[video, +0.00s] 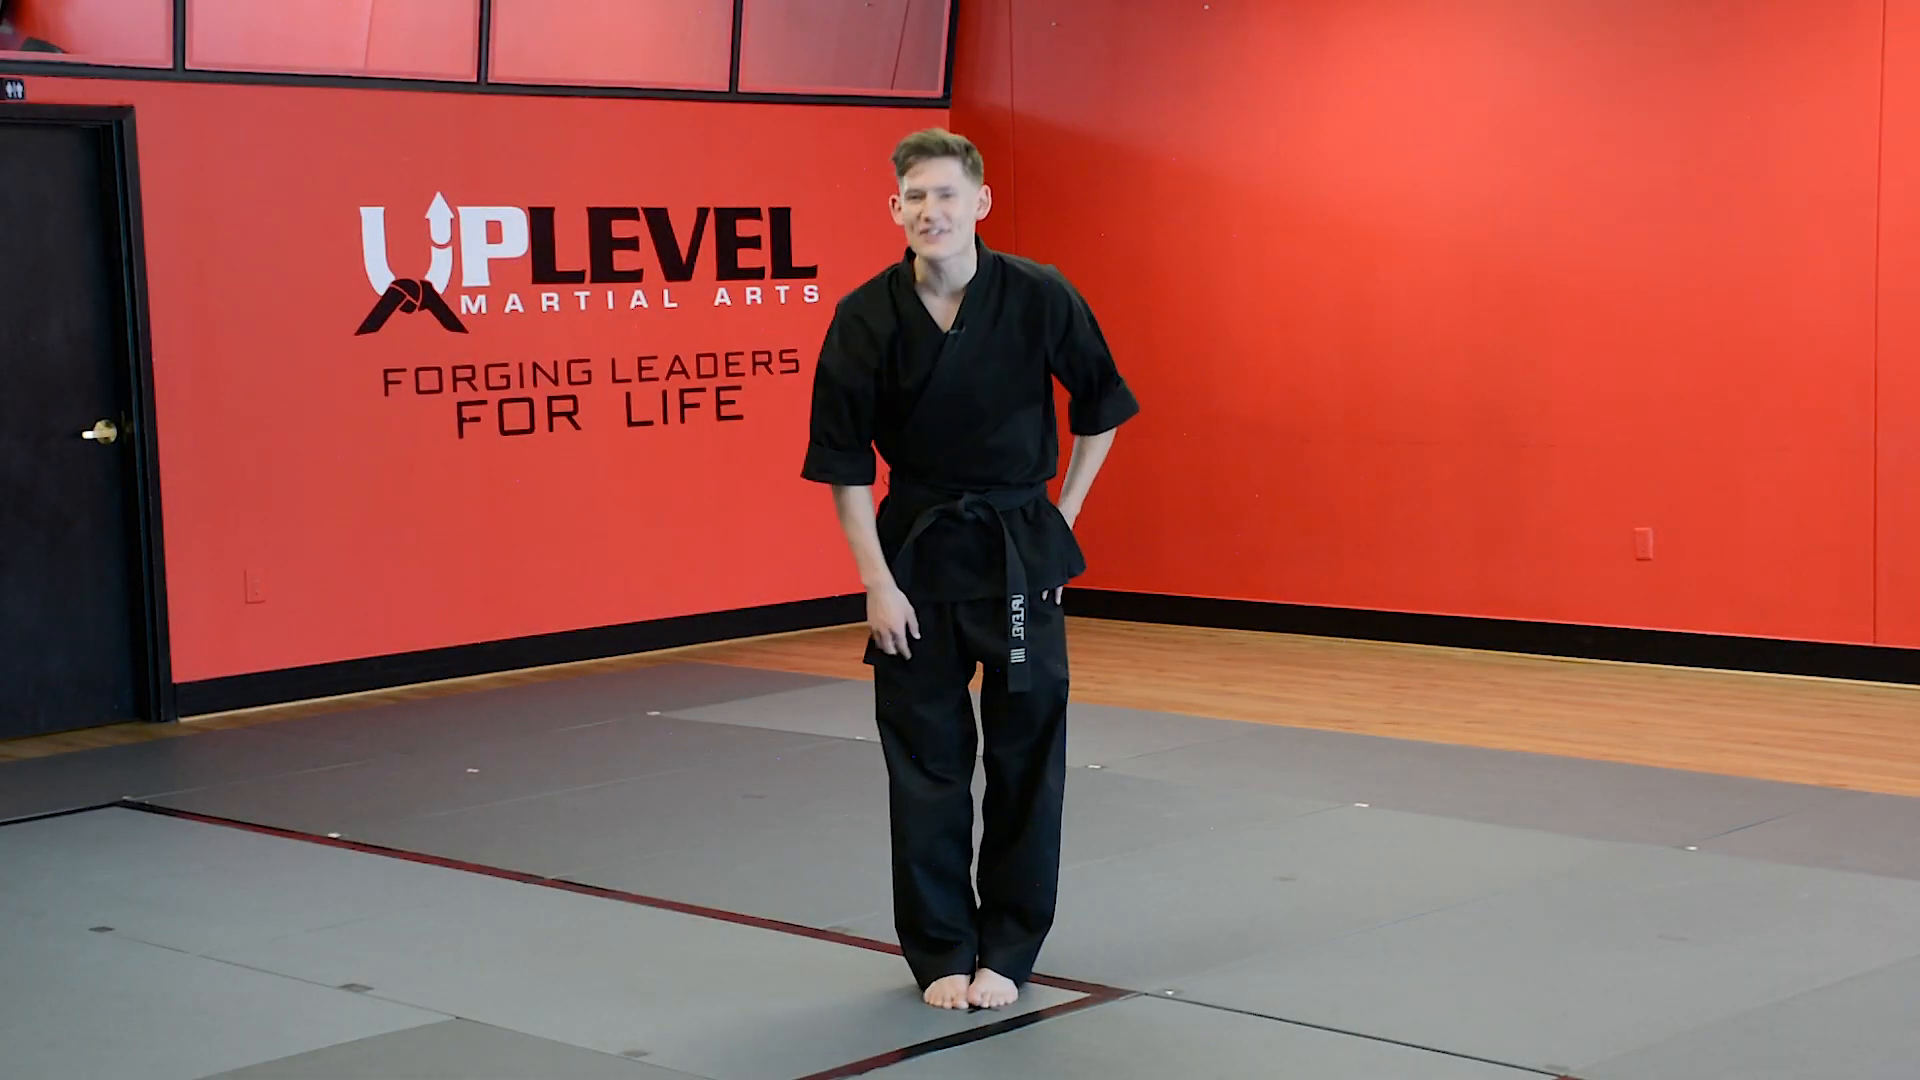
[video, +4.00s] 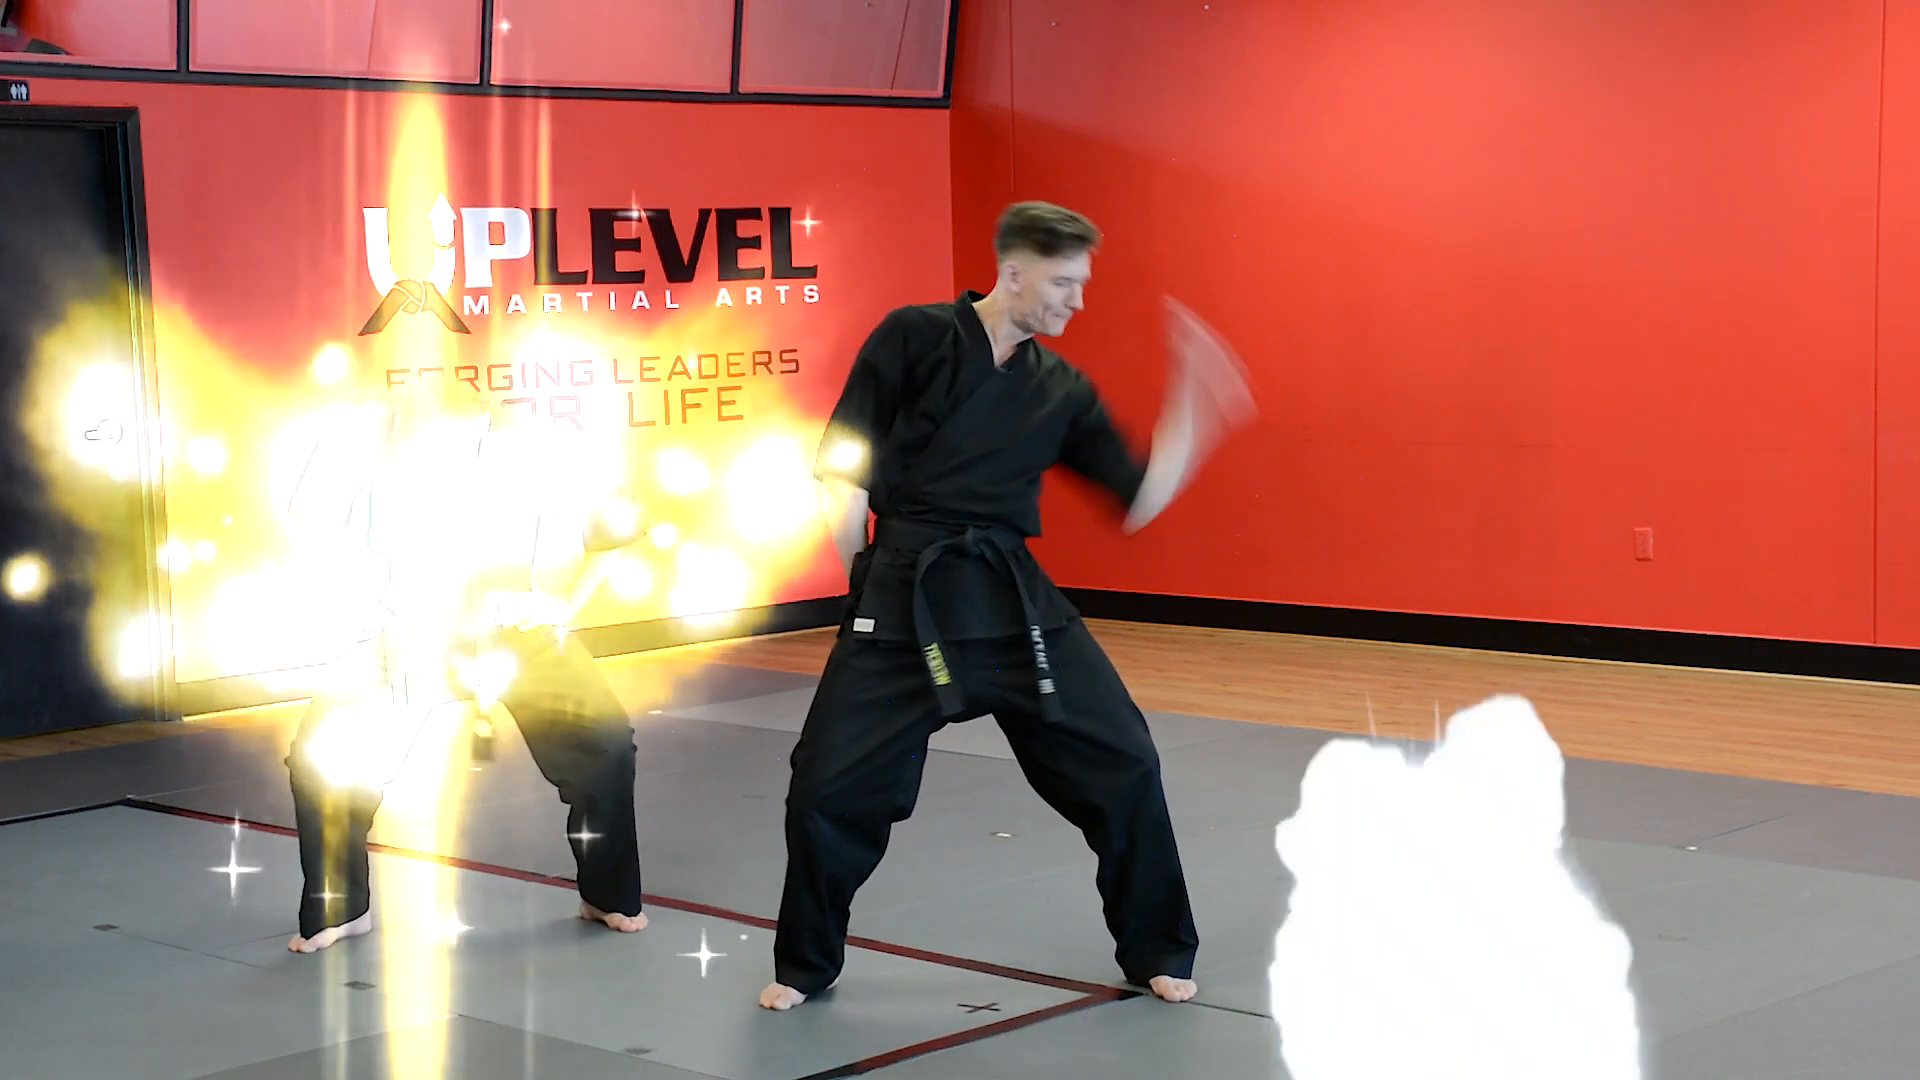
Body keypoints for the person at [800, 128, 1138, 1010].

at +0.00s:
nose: (928, 210)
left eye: (945, 194)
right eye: (914, 196)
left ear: (982, 202)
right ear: (897, 209)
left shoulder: (1037, 295)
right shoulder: (865, 319)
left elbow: (1103, 399)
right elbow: (844, 463)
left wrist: (1065, 514)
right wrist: (877, 585)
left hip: (1022, 544)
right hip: (915, 551)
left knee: (1025, 762)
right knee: (928, 767)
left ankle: (1006, 953)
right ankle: (941, 955)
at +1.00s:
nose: (946, 196)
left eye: (964, 182)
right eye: (933, 181)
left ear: (996, 197)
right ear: (913, 194)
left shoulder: (1046, 300)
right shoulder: (874, 301)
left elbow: (1106, 428)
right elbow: (852, 443)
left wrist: (1058, 537)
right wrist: (875, 557)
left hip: (1020, 544)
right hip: (916, 544)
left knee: (1026, 764)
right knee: (930, 766)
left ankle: (1011, 953)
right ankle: (944, 953)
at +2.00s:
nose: (952, 188)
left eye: (967, 173)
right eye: (937, 173)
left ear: (996, 184)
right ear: (916, 186)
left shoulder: (1044, 291)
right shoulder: (876, 292)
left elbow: (1053, 433)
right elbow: (868, 437)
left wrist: (990, 427)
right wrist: (939, 443)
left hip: (1014, 545)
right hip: (917, 548)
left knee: (1020, 759)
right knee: (927, 762)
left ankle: (1010, 952)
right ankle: (944, 954)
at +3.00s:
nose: (868, 223)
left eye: (883, 206)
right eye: (861, 207)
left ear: (936, 202)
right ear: (862, 210)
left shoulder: (1021, 295)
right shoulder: (862, 295)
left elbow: (1059, 437)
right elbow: (750, 349)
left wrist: (1066, 560)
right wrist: (798, 379)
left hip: (1009, 537)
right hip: (910, 538)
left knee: (1025, 753)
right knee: (908, 756)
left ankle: (1015, 958)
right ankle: (942, 955)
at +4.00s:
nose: (1075, 304)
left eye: (1081, 290)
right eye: (1064, 286)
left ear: (1061, 284)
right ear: (1011, 270)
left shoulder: (1061, 389)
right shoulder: (913, 338)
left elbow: (1142, 495)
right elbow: (842, 473)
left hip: (1010, 591)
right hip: (899, 588)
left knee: (1123, 763)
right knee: (827, 783)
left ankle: (1157, 949)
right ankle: (806, 963)